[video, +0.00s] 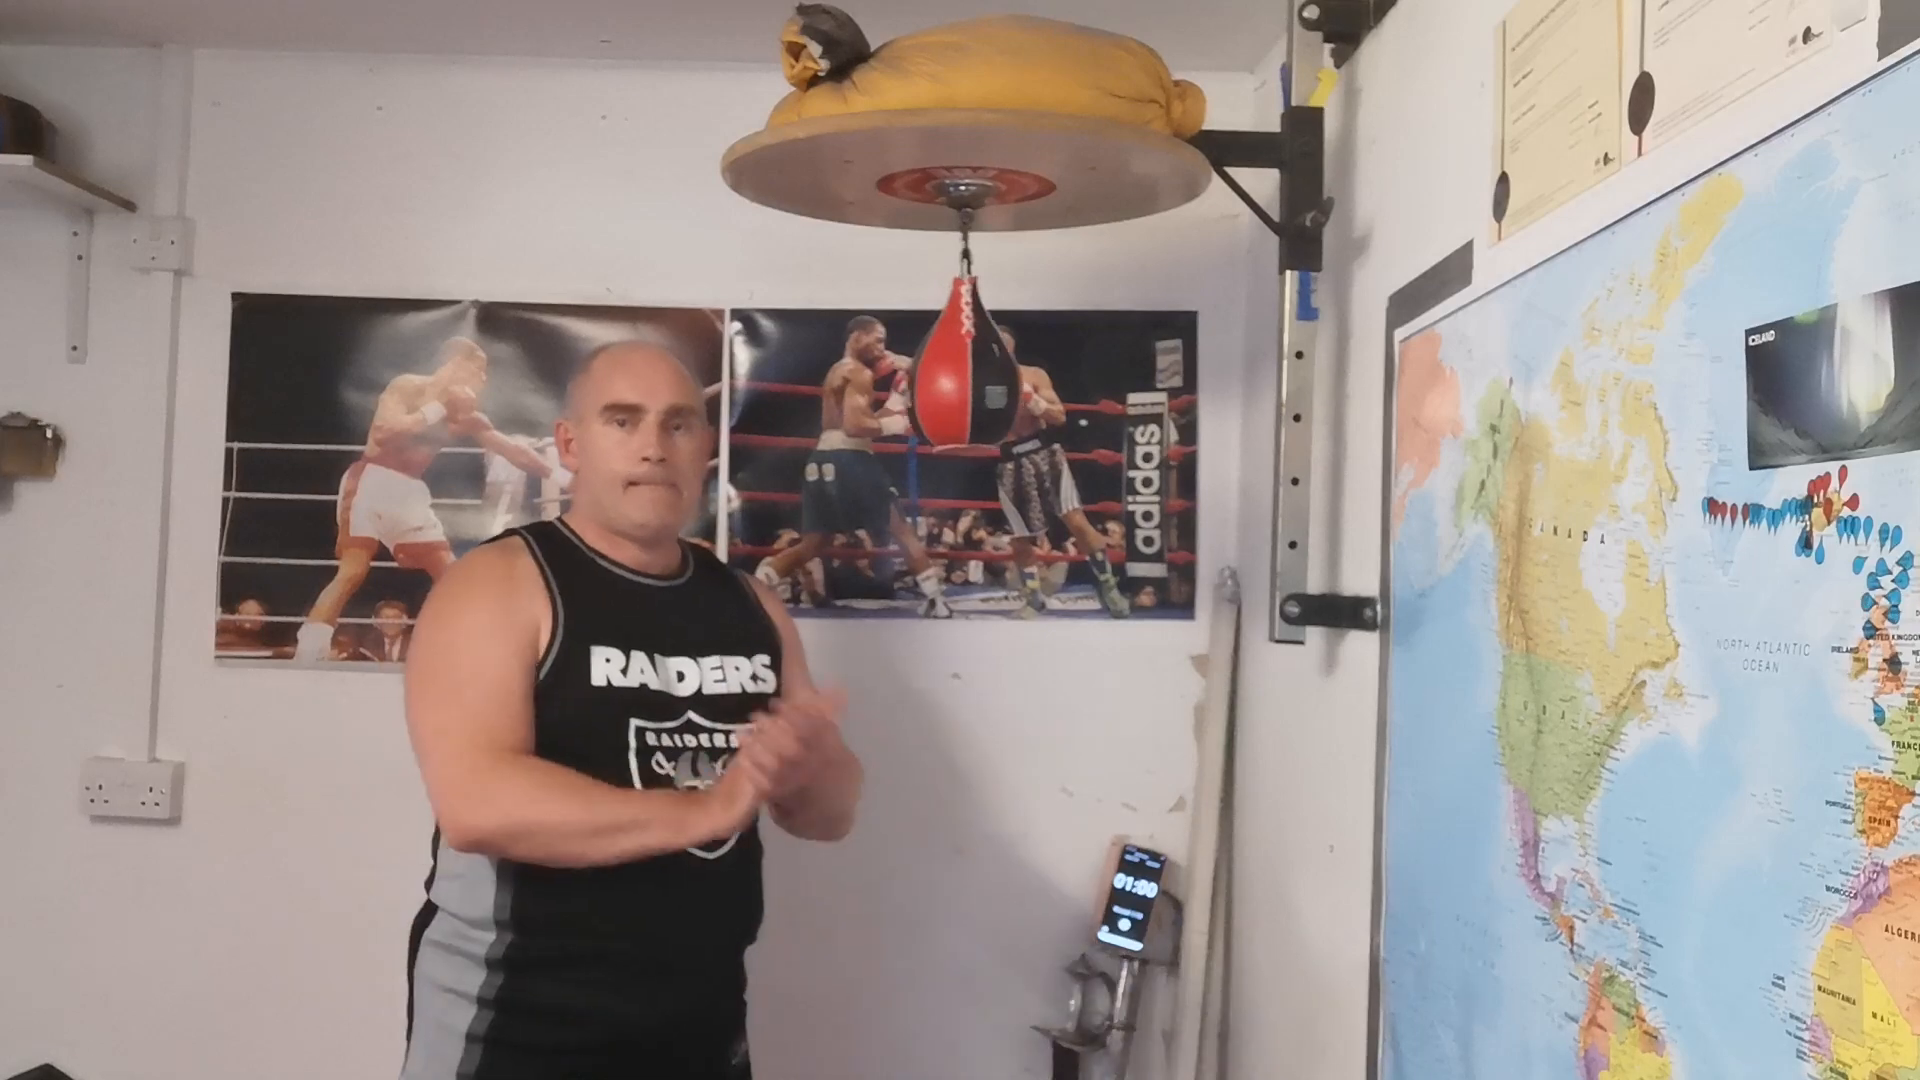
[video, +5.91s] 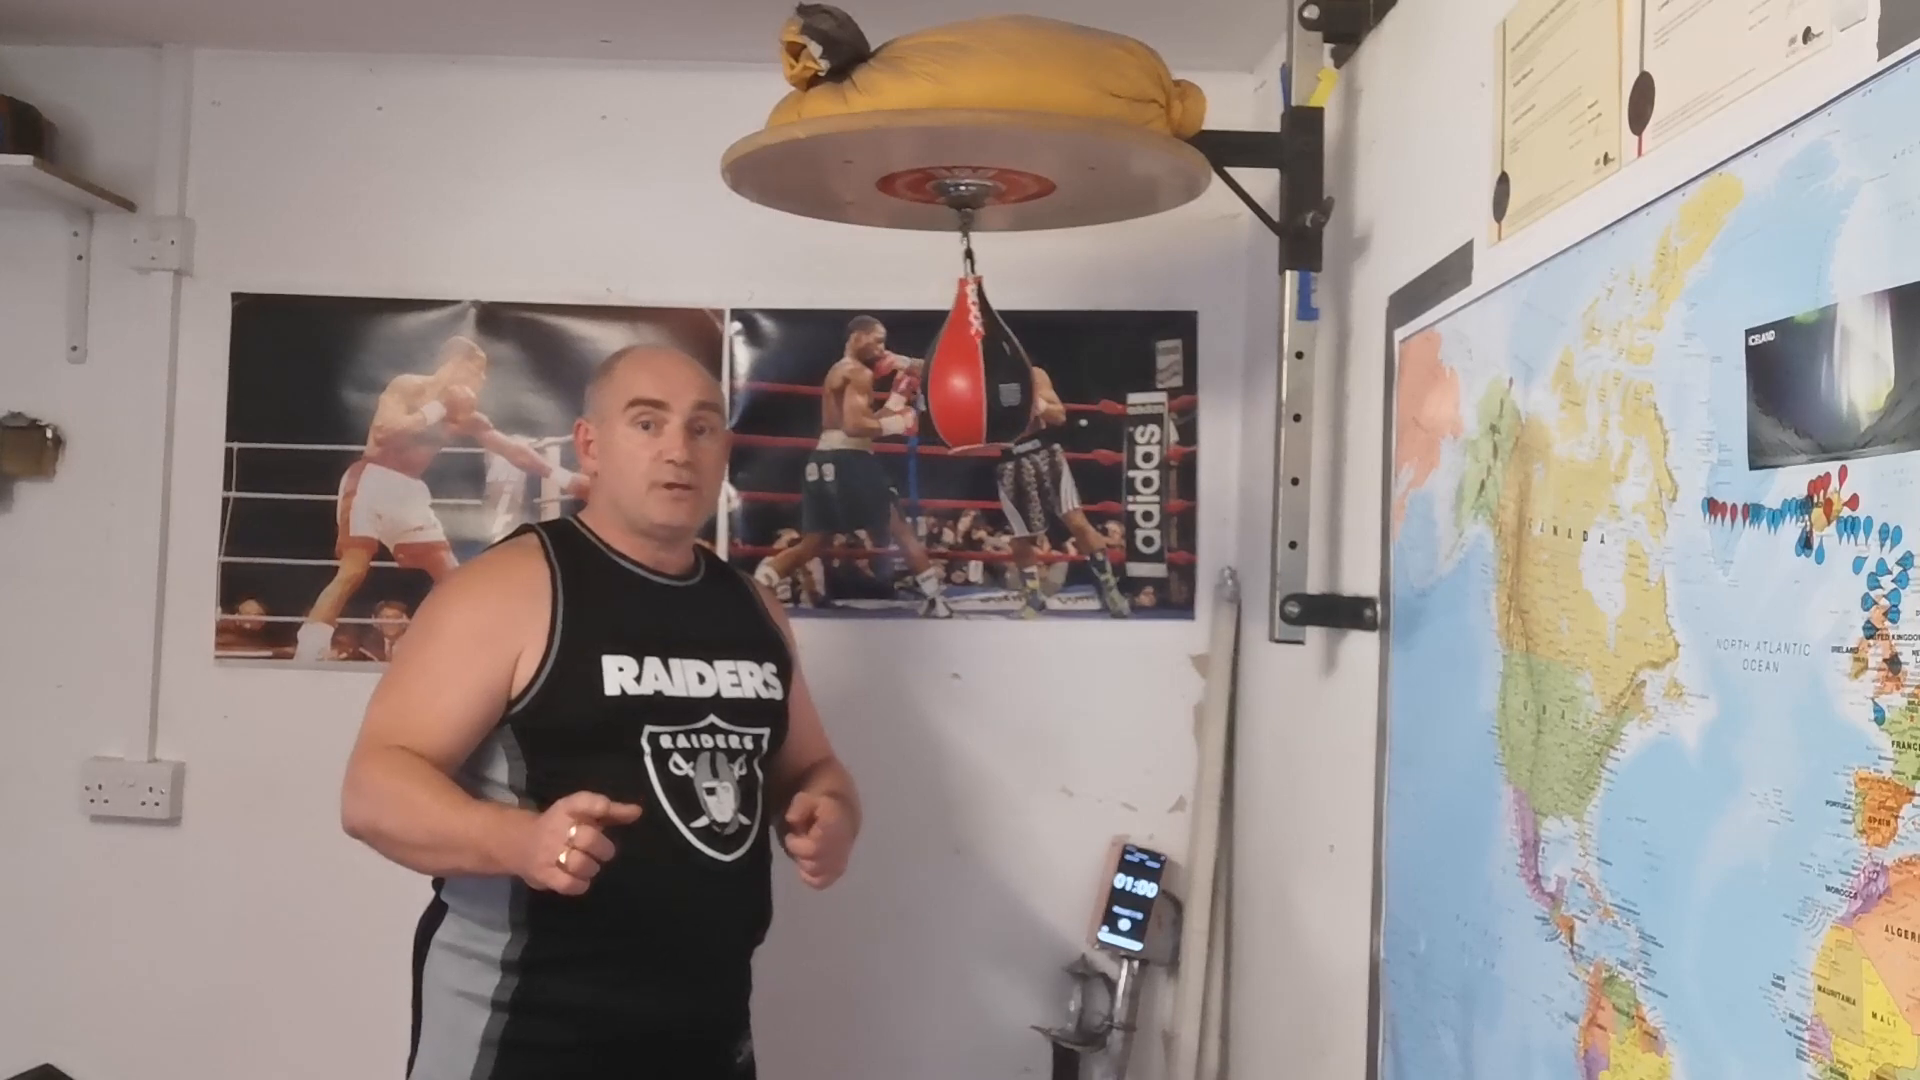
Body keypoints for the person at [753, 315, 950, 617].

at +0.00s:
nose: (881, 349)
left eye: (883, 343)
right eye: (877, 341)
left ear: (856, 340)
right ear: (856, 337)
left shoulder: (834, 373)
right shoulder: (859, 373)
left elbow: (841, 422)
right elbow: (854, 425)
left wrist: (885, 411)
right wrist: (890, 424)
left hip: (820, 463)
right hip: (853, 462)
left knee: (813, 543)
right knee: (903, 531)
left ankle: (755, 589)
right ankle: (936, 598)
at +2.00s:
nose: (881, 349)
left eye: (882, 343)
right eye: (877, 342)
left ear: (856, 340)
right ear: (858, 337)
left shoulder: (834, 373)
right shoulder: (858, 372)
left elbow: (848, 422)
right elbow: (854, 425)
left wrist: (887, 411)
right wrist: (894, 423)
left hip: (821, 462)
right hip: (852, 463)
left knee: (815, 542)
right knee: (903, 530)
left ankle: (756, 586)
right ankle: (936, 600)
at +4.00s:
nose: (881, 349)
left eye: (883, 343)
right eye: (878, 342)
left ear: (855, 340)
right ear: (857, 337)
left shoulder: (833, 374)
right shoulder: (858, 373)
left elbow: (849, 422)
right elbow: (855, 425)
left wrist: (889, 408)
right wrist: (896, 423)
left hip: (820, 462)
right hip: (853, 463)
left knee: (814, 542)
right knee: (902, 531)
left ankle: (755, 587)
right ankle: (935, 598)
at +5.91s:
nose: (881, 349)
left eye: (882, 343)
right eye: (878, 342)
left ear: (857, 340)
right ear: (857, 338)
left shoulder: (835, 372)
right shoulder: (858, 373)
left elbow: (849, 422)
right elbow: (854, 425)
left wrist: (887, 409)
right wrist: (896, 423)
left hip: (821, 463)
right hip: (852, 463)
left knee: (815, 542)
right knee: (901, 529)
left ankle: (756, 587)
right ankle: (936, 597)